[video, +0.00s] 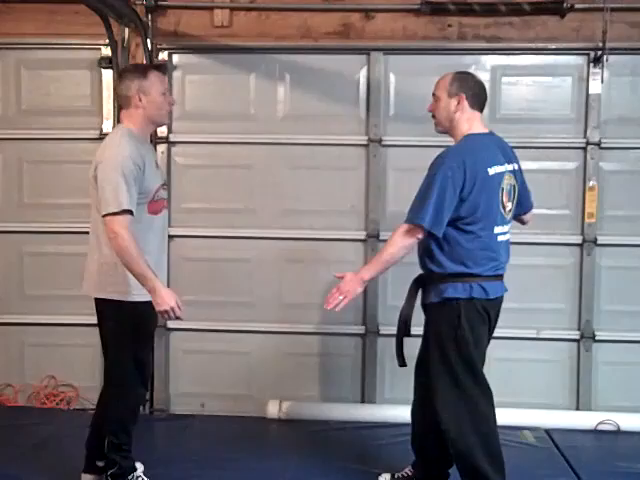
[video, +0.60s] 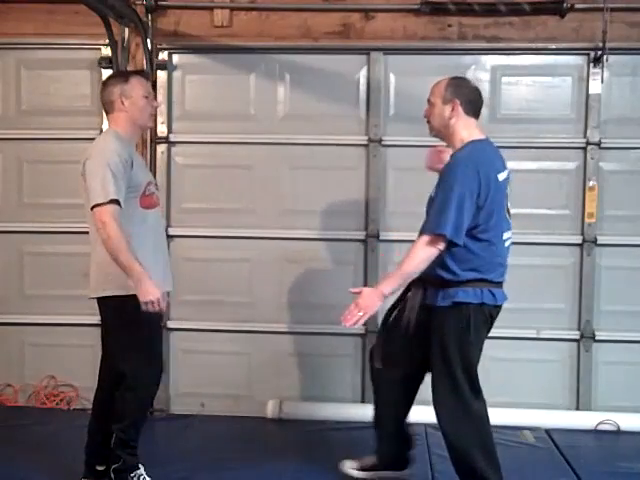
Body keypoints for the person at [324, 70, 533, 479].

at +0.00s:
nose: (430, 108)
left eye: (436, 99)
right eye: (432, 100)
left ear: (460, 103)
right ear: (470, 105)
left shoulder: (453, 160)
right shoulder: (502, 151)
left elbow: (414, 230)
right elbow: (522, 213)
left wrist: (362, 275)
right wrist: (468, 204)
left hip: (456, 298)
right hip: (482, 295)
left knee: (460, 394)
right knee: (433, 383)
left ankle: (485, 476)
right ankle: (428, 469)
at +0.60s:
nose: (425, 113)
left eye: (431, 105)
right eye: (427, 105)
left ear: (454, 109)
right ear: (463, 110)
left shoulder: (466, 164)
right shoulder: (488, 154)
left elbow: (434, 239)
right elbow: (485, 203)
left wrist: (381, 290)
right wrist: (452, 167)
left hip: (463, 297)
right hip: (440, 290)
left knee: (455, 397)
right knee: (390, 361)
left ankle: (483, 476)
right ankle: (391, 458)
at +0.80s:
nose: (412, 117)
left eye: (418, 109)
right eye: (413, 109)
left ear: (442, 113)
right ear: (443, 114)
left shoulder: (469, 167)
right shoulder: (442, 162)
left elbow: (458, 248)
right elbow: (426, 207)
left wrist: (399, 291)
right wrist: (389, 169)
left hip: (453, 303)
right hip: (422, 301)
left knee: (454, 409)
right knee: (383, 389)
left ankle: (484, 476)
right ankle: (338, 464)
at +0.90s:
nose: (402, 120)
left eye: (408, 112)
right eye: (403, 112)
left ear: (432, 117)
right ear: (432, 117)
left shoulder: (467, 172)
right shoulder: (421, 162)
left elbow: (467, 251)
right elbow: (390, 192)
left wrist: (405, 293)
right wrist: (352, 162)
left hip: (444, 306)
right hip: (404, 304)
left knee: (450, 410)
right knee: (370, 393)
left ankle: (482, 477)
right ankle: (331, 471)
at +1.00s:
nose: (389, 120)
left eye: (396, 112)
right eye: (391, 112)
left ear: (421, 118)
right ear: (421, 118)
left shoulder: (456, 172)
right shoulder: (397, 162)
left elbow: (468, 249)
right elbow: (357, 179)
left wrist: (406, 289)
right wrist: (312, 151)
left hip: (434, 307)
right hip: (386, 301)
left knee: (443, 404)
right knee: (352, 389)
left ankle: (480, 479)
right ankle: (329, 470)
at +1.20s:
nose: (365, 115)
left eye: (372, 108)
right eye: (367, 107)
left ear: (398, 115)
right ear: (389, 115)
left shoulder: (433, 171)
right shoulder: (356, 157)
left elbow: (456, 244)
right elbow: (302, 162)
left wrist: (404, 286)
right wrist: (261, 157)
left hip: (418, 305)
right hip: (365, 299)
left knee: (431, 400)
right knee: (338, 388)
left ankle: (461, 475)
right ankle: (332, 471)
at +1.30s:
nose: (350, 113)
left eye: (358, 106)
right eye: (352, 105)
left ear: (383, 115)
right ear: (380, 115)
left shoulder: (421, 167)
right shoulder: (344, 164)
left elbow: (447, 236)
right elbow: (296, 195)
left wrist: (409, 290)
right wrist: (254, 200)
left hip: (411, 302)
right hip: (358, 300)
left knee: (431, 404)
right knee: (335, 388)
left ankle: (457, 474)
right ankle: (330, 470)